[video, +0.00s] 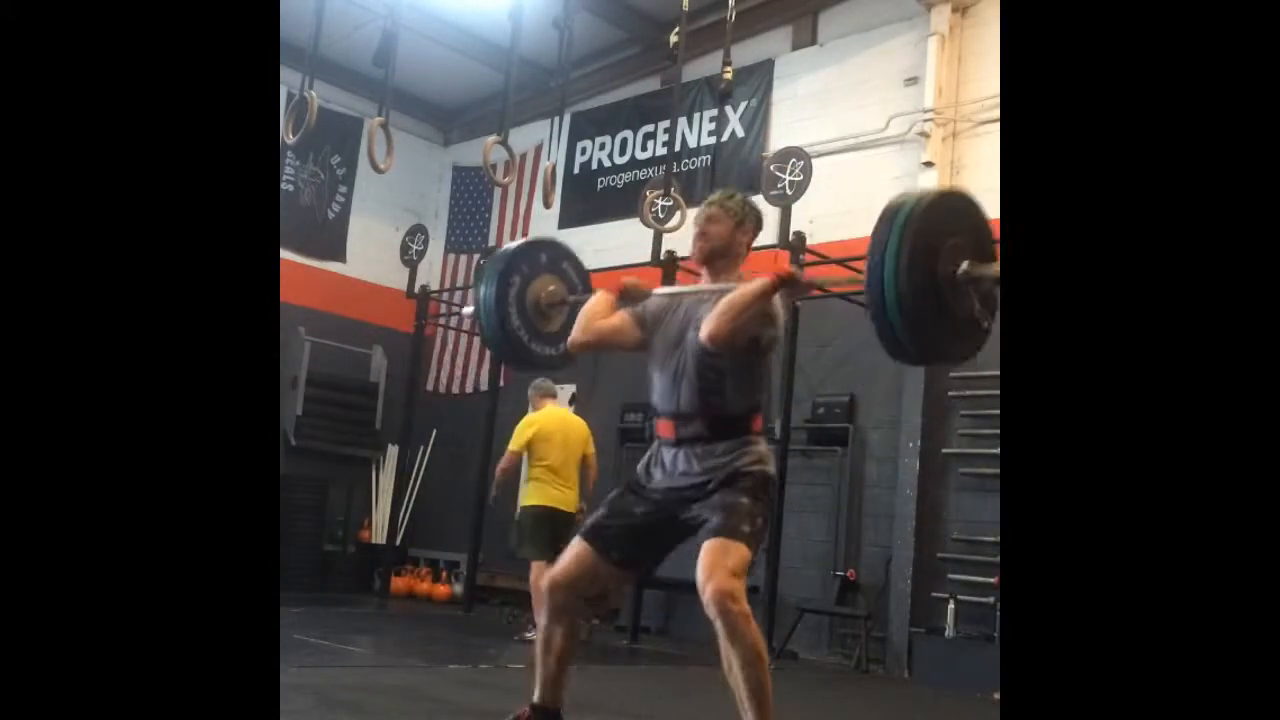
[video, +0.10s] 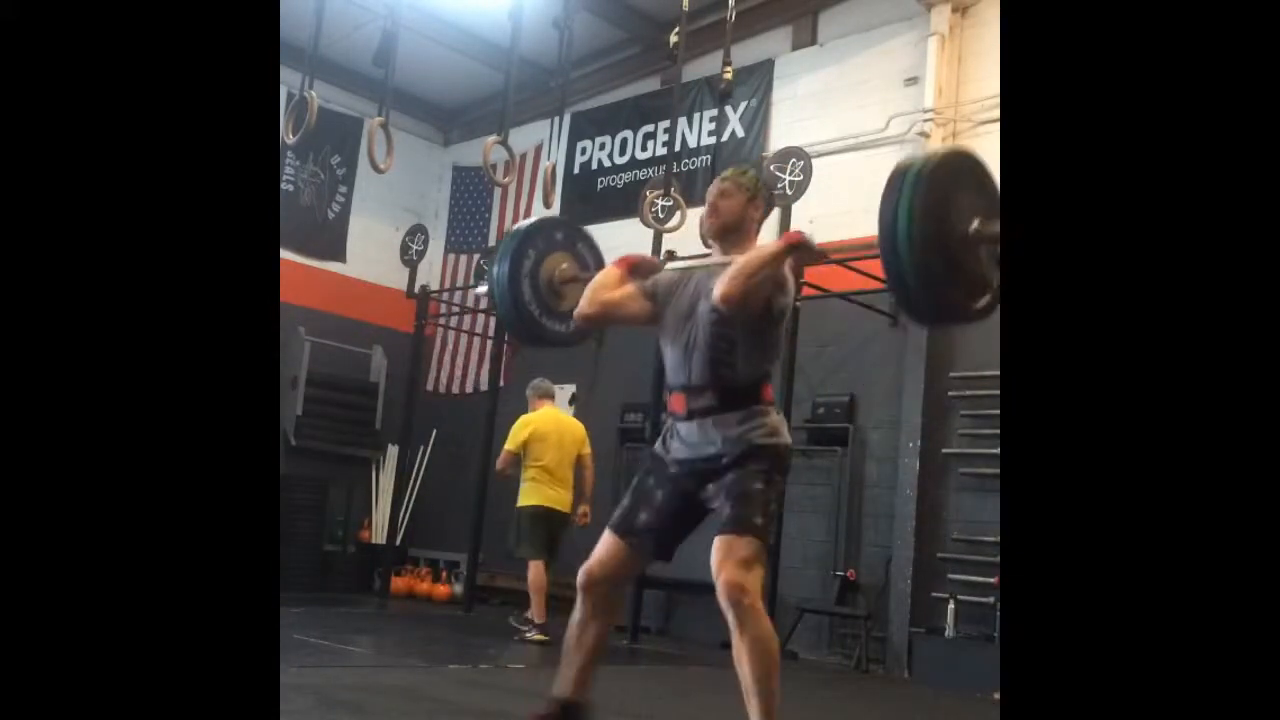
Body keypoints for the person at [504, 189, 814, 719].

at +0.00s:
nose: (699, 228)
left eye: (713, 220)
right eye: (698, 220)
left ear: (745, 233)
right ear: (695, 234)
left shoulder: (759, 299)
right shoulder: (665, 304)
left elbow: (714, 334)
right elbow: (582, 335)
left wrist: (770, 281)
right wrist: (611, 292)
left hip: (735, 463)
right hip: (664, 464)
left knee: (720, 590)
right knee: (560, 584)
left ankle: (758, 716)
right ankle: (544, 709)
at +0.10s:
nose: (709, 204)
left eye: (723, 195)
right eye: (709, 196)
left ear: (755, 208)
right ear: (705, 212)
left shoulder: (771, 268)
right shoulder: (676, 283)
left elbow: (729, 294)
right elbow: (587, 309)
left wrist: (779, 247)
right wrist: (622, 268)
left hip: (747, 439)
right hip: (678, 441)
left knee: (736, 585)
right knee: (597, 577)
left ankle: (762, 715)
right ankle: (566, 703)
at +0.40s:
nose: (723, 172)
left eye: (738, 164)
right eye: (721, 166)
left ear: (768, 183)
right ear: (717, 184)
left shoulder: (778, 241)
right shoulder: (693, 255)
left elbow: (748, 256)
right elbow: (606, 278)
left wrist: (798, 219)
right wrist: (641, 244)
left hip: (746, 415)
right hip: (685, 417)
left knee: (732, 573)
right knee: (676, 579)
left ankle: (768, 714)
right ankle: (701, 712)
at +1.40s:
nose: (688, 165)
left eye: (703, 157)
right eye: (689, 157)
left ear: (736, 175)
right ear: (689, 173)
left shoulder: (738, 237)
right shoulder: (657, 244)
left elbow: (703, 225)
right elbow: (563, 253)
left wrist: (763, 203)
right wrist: (612, 225)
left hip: (708, 414)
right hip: (643, 414)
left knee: (719, 577)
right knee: (621, 569)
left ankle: (736, 715)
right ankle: (603, 708)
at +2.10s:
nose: (689, 163)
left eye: (705, 155)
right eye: (689, 155)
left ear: (736, 172)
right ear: (683, 172)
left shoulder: (741, 238)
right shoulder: (657, 242)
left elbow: (709, 233)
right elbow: (562, 261)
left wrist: (766, 202)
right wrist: (608, 227)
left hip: (708, 416)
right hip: (641, 416)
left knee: (726, 579)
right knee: (628, 574)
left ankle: (738, 714)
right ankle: (605, 709)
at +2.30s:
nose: (688, 162)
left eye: (704, 154)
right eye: (688, 154)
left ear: (735, 171)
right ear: (684, 173)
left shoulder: (740, 237)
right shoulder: (655, 242)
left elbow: (706, 233)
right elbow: (559, 258)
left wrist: (764, 202)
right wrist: (609, 224)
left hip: (705, 417)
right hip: (637, 416)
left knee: (724, 580)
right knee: (627, 574)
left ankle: (738, 714)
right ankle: (604, 709)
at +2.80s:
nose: (680, 222)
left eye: (698, 220)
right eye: (681, 218)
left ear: (724, 248)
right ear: (672, 246)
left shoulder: (728, 307)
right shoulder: (641, 321)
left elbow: (686, 324)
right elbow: (545, 337)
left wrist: (740, 284)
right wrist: (590, 300)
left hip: (730, 485)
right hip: (663, 488)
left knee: (705, 594)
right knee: (561, 581)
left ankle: (732, 716)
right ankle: (595, 710)